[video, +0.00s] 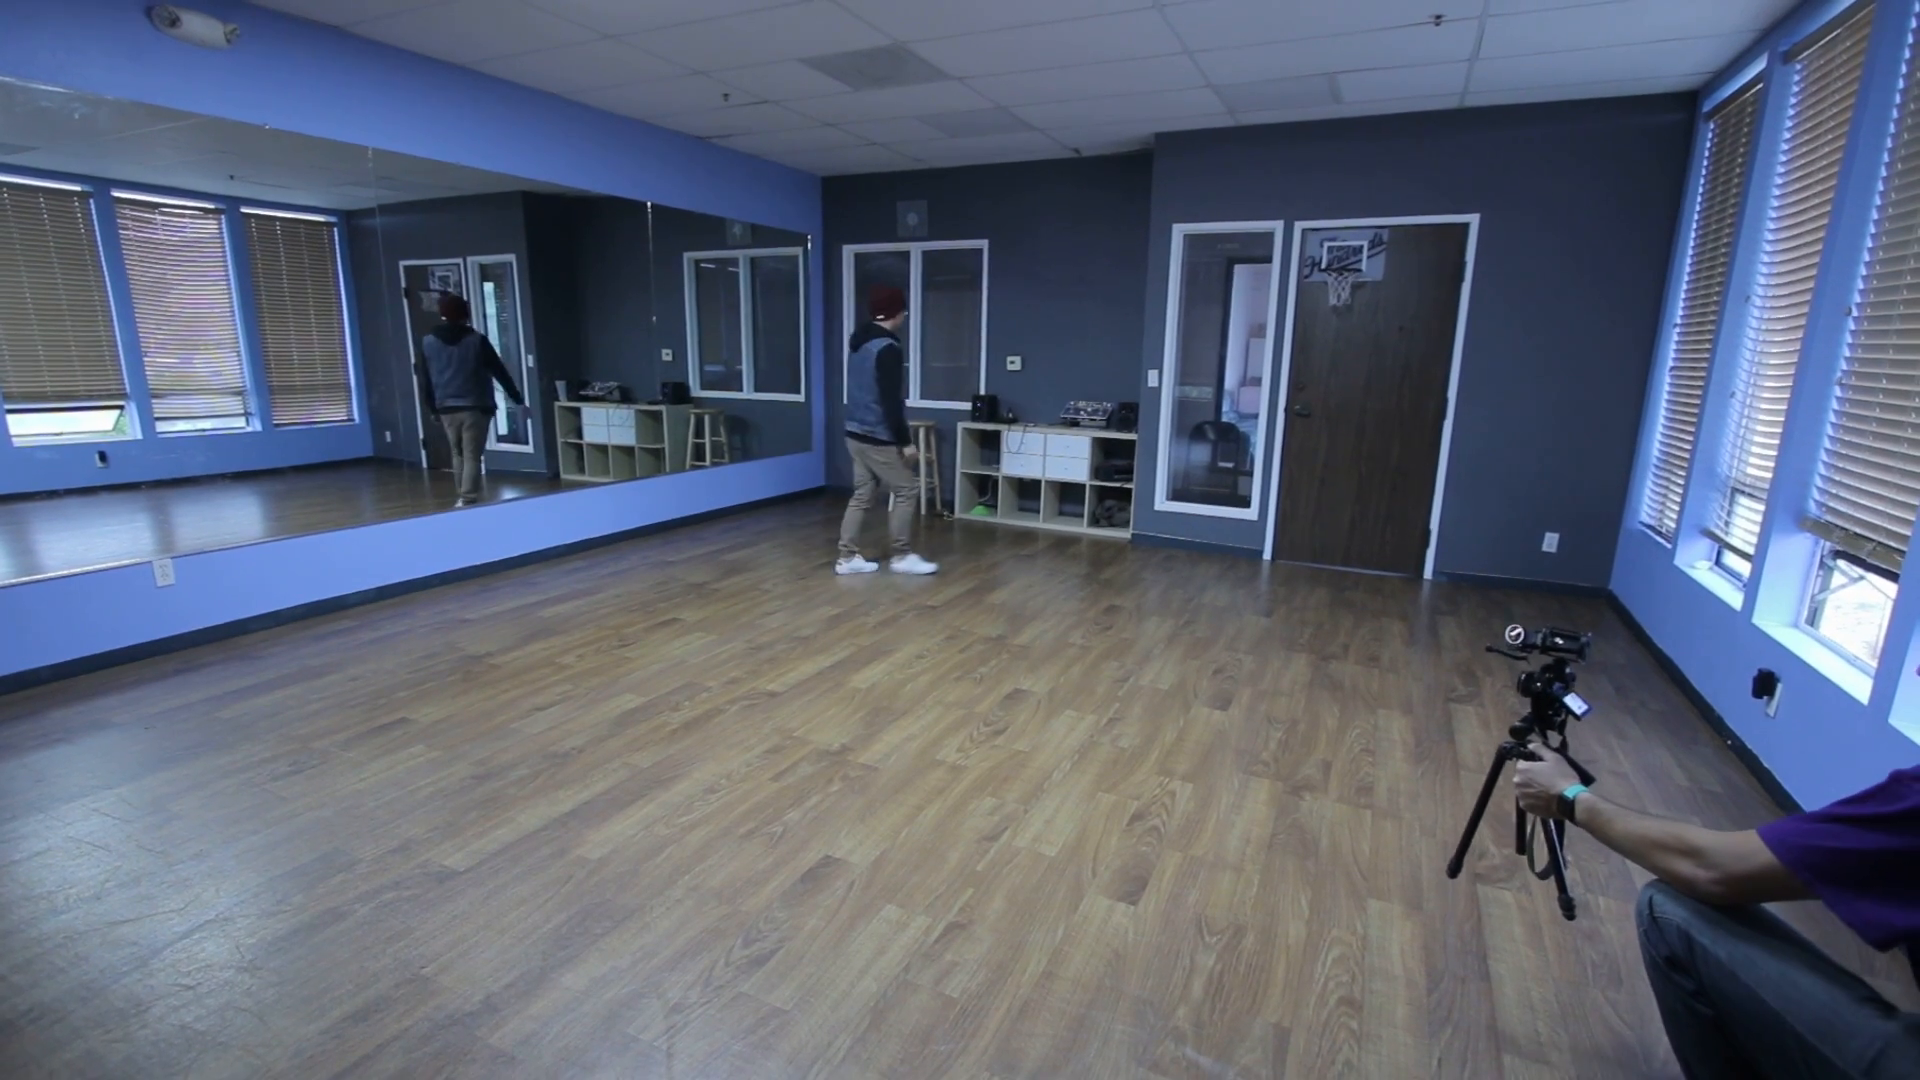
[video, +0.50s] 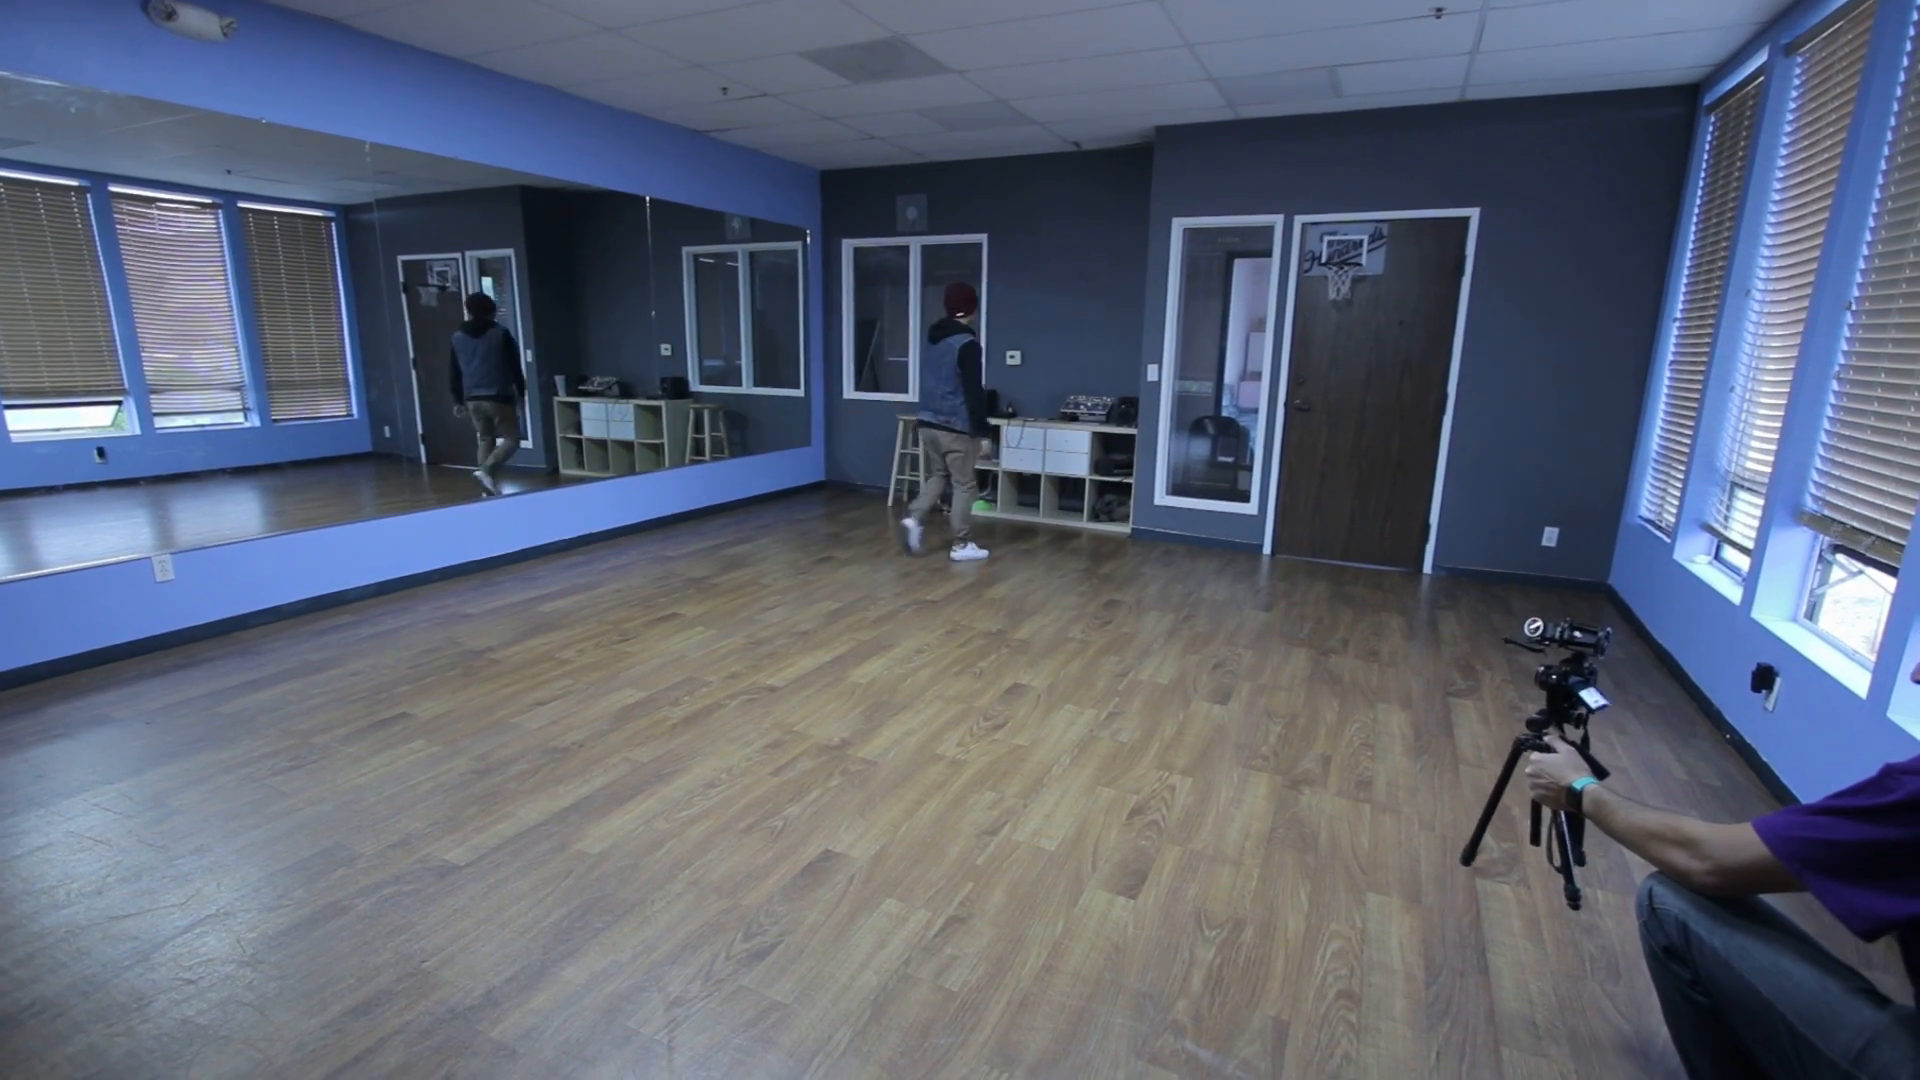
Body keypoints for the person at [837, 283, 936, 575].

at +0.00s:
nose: (903, 318)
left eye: (903, 313)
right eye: (903, 313)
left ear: (875, 313)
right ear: (896, 314)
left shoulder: (861, 341)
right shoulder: (888, 348)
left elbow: (862, 393)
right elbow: (891, 401)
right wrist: (905, 442)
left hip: (855, 435)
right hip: (878, 437)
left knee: (862, 494)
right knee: (906, 489)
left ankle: (846, 556)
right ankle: (901, 554)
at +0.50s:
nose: (976, 312)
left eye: (972, 307)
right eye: (975, 308)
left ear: (948, 309)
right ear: (972, 310)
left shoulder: (932, 337)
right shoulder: (967, 344)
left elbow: (930, 382)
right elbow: (973, 392)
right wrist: (982, 433)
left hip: (929, 424)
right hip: (956, 428)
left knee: (938, 475)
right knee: (964, 485)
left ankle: (914, 518)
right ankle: (961, 543)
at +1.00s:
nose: (1006, 334)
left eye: (1005, 329)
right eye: (1006, 330)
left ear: (983, 328)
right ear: (1001, 331)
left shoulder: (973, 351)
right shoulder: (993, 355)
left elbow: (974, 393)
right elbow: (1000, 396)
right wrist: (1020, 429)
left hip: (967, 427)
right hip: (981, 431)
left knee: (978, 482)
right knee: (980, 486)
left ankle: (974, 525)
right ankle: (962, 543)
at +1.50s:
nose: (1019, 344)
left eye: (1017, 339)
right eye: (1019, 340)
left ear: (998, 336)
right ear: (1017, 340)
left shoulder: (987, 354)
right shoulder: (1009, 355)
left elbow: (983, 391)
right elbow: (1005, 392)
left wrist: (995, 425)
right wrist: (1006, 427)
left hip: (963, 417)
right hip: (977, 419)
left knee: (982, 472)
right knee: (969, 474)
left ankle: (975, 525)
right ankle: (949, 527)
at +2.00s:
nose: (1015, 338)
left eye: (1013, 334)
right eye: (1014, 334)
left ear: (993, 331)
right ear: (1012, 334)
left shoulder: (983, 349)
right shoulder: (1004, 350)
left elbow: (981, 386)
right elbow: (1000, 386)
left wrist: (996, 418)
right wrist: (1003, 420)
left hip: (960, 416)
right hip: (975, 419)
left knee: (973, 473)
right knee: (976, 474)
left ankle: (973, 523)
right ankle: (946, 521)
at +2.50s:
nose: (1011, 341)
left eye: (1011, 336)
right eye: (1010, 336)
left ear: (990, 329)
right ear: (1005, 334)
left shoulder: (984, 348)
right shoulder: (991, 351)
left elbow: (983, 389)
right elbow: (983, 389)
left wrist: (991, 421)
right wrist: (987, 424)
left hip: (970, 423)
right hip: (962, 422)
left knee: (975, 477)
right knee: (966, 477)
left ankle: (974, 525)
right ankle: (949, 531)